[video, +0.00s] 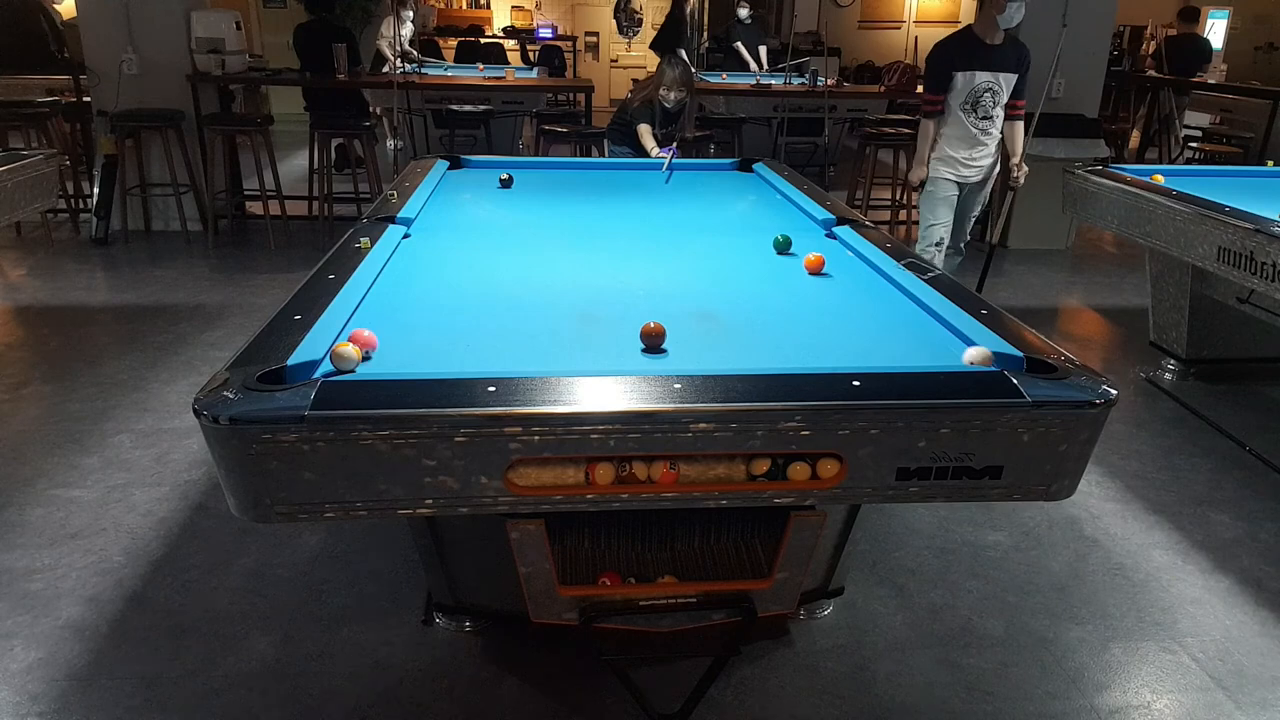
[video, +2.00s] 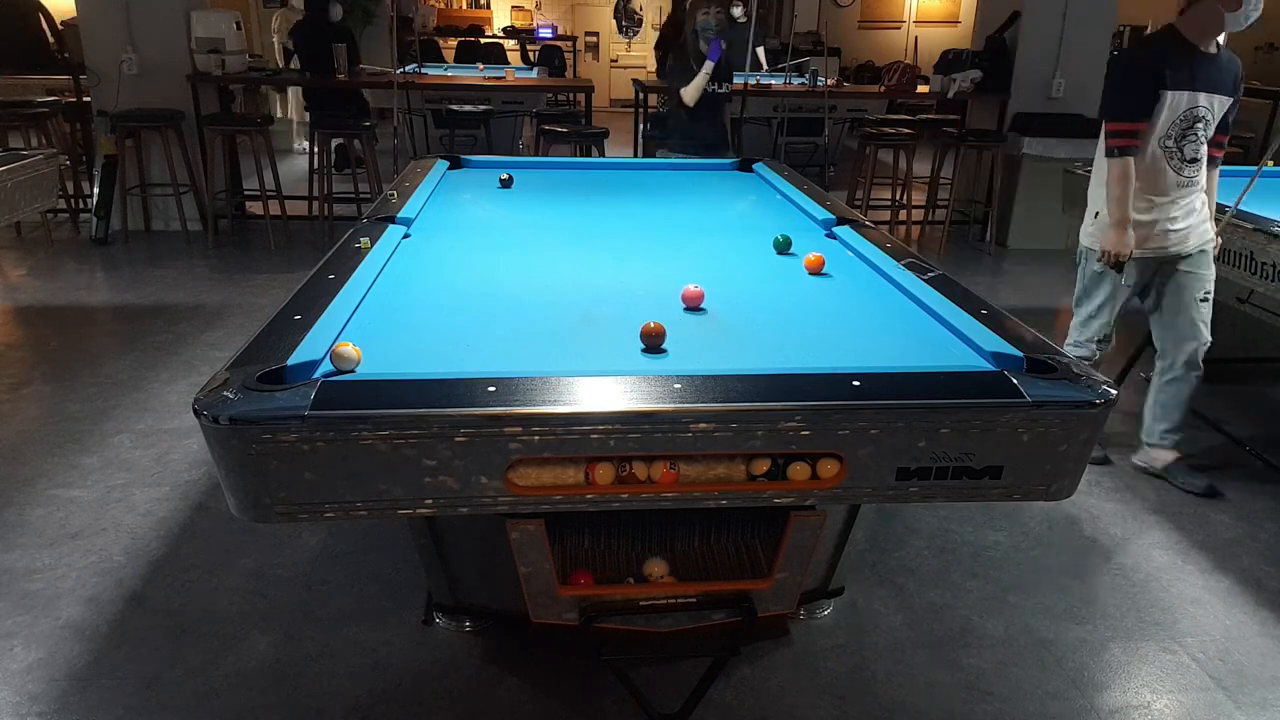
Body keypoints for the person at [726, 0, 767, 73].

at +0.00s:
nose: (741, 11)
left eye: (744, 8)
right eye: (739, 8)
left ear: (750, 12)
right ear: (736, 10)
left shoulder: (757, 25)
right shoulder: (732, 26)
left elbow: (762, 45)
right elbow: (738, 45)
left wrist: (765, 65)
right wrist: (751, 63)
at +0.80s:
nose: (733, 10)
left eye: (736, 7)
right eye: (731, 7)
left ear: (744, 10)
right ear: (729, 10)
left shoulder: (754, 25)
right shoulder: (728, 26)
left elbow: (759, 46)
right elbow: (730, 44)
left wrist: (765, 65)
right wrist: (741, 59)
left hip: (752, 69)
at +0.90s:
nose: (731, 10)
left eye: (735, 7)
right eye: (730, 7)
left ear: (742, 10)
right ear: (727, 10)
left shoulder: (753, 25)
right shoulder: (727, 26)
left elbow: (758, 46)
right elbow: (727, 44)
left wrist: (764, 65)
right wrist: (735, 56)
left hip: (752, 69)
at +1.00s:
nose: (731, 9)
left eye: (734, 6)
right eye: (729, 6)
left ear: (742, 10)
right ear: (727, 9)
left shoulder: (753, 25)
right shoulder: (726, 26)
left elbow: (758, 46)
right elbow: (724, 43)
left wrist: (764, 65)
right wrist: (728, 54)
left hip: (752, 70)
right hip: (733, 70)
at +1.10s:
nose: (731, 10)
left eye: (734, 7)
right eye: (729, 7)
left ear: (741, 9)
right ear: (727, 10)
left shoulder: (752, 26)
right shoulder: (725, 26)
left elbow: (758, 47)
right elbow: (722, 45)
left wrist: (765, 66)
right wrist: (721, 56)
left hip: (751, 72)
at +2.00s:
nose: (734, 10)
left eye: (737, 6)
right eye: (732, 7)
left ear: (744, 9)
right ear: (730, 9)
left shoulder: (753, 25)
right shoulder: (728, 25)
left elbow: (759, 46)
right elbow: (723, 44)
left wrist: (764, 66)